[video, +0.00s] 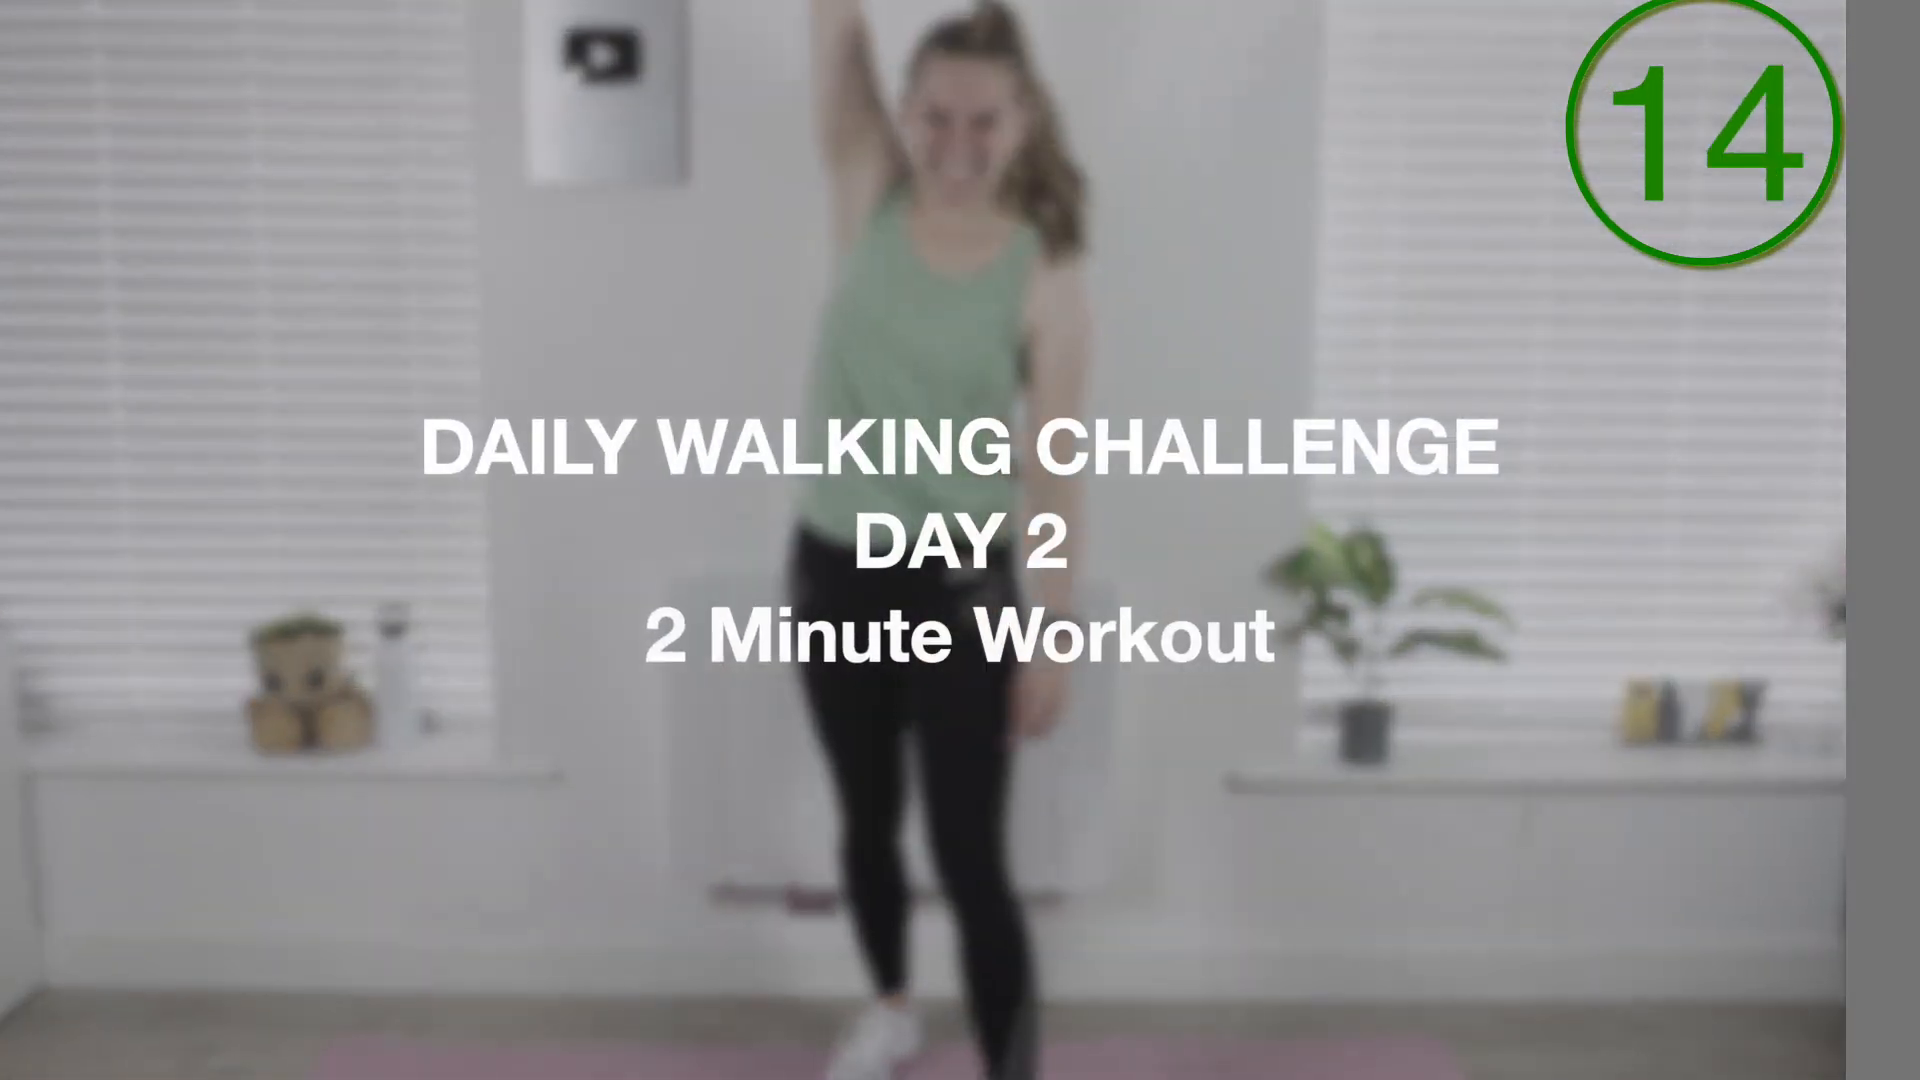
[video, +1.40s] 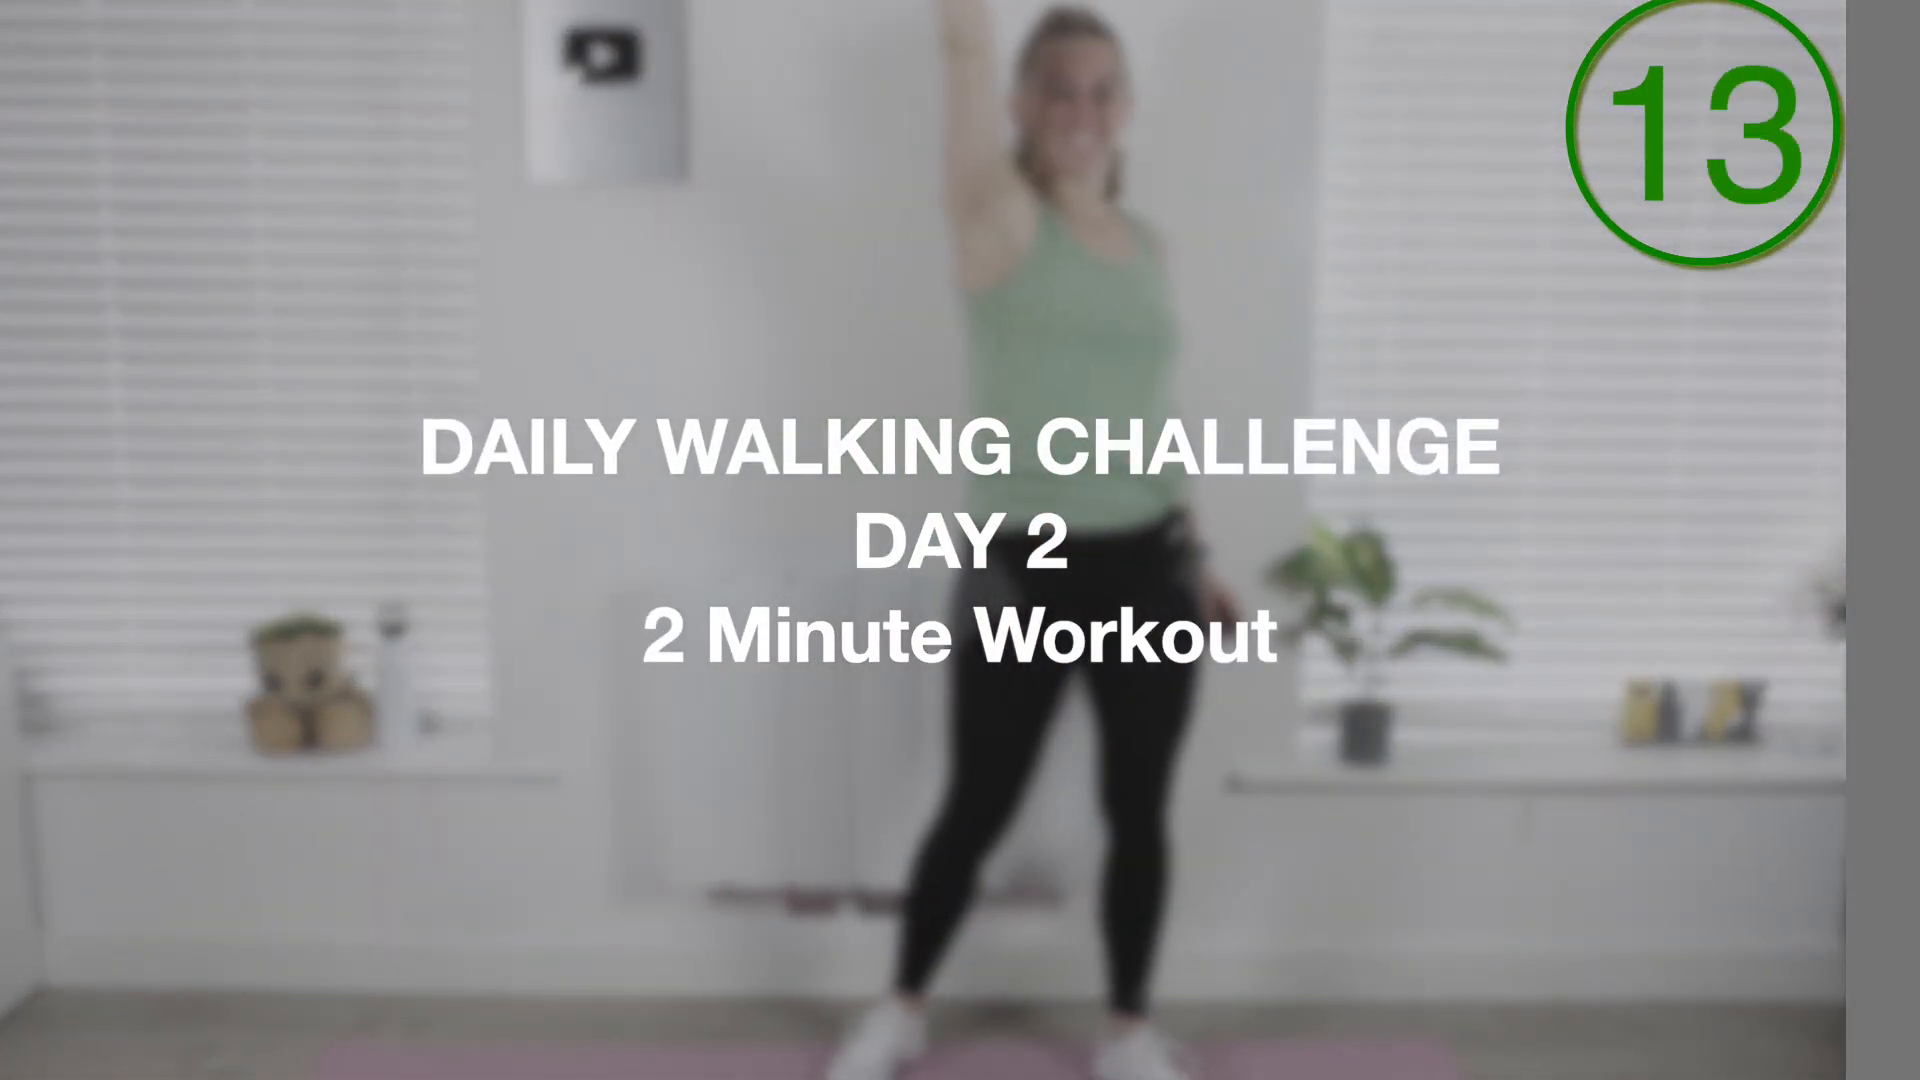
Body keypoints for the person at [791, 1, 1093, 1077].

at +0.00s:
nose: (958, 142)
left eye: (985, 120)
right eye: (938, 116)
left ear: (1024, 127)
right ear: (904, 117)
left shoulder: (1041, 275)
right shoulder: (869, 202)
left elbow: (1054, 467)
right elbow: (836, 30)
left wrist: (1052, 632)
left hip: (962, 576)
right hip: (838, 565)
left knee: (966, 848)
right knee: (865, 810)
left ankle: (1010, 1063)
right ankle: (890, 1004)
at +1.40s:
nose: (1080, 111)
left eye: (1100, 92)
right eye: (1058, 90)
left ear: (1127, 110)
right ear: (1020, 105)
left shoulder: (1142, 243)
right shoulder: (999, 221)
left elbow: (1149, 420)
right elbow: (966, 48)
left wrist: (1196, 561)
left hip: (1145, 558)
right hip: (1023, 559)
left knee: (1139, 807)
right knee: (981, 801)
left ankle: (1129, 1029)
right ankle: (901, 1009)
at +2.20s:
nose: (1200, 110)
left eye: (1230, 92)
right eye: (1186, 87)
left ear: (1276, 115)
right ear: (1165, 97)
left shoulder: (1283, 266)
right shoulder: (1099, 190)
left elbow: (1265, 456)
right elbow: (928, 154)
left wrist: (1258, 620)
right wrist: (788, 68)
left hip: (1173, 555)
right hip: (1047, 534)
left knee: (1135, 809)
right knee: (991, 790)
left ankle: (1125, 1032)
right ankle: (932, 1010)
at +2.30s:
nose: (1209, 123)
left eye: (1240, 108)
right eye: (1195, 99)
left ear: (1285, 128)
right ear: (1172, 103)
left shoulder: (1281, 277)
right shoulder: (1099, 210)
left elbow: (1244, 453)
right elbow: (957, 291)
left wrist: (1189, 599)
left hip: (1163, 553)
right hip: (1042, 534)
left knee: (1133, 813)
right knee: (983, 790)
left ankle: (1125, 1034)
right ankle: (928, 1011)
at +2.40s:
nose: (1201, 114)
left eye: (1232, 99)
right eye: (1189, 88)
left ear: (1271, 131)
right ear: (1158, 98)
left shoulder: (1272, 272)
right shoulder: (1081, 215)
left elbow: (1229, 453)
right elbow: (1013, 364)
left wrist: (1129, 568)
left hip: (1163, 545)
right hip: (1035, 531)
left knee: (1130, 811)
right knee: (961, 787)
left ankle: (1125, 1031)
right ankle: (908, 1005)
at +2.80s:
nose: (1063, 100)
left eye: (1091, 83)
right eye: (1047, 76)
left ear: (1128, 108)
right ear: (1014, 89)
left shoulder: (1152, 256)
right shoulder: (955, 227)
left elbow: (1157, 454)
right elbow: (913, 396)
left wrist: (1139, 620)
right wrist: (873, 541)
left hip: (1078, 565)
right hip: (952, 561)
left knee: (1092, 810)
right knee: (925, 806)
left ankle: (1121, 1030)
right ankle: (874, 1039)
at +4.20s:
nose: (1052, 205)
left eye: (1071, 186)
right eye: (1033, 186)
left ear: (1097, 200)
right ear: (1004, 200)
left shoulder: (1140, 319)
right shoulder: (961, 307)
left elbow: (1207, 444)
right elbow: (869, 423)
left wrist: (1136, 498)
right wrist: (968, 456)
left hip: (1094, 578)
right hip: (982, 572)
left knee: (1091, 789)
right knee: (939, 773)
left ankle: (1118, 972)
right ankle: (911, 922)